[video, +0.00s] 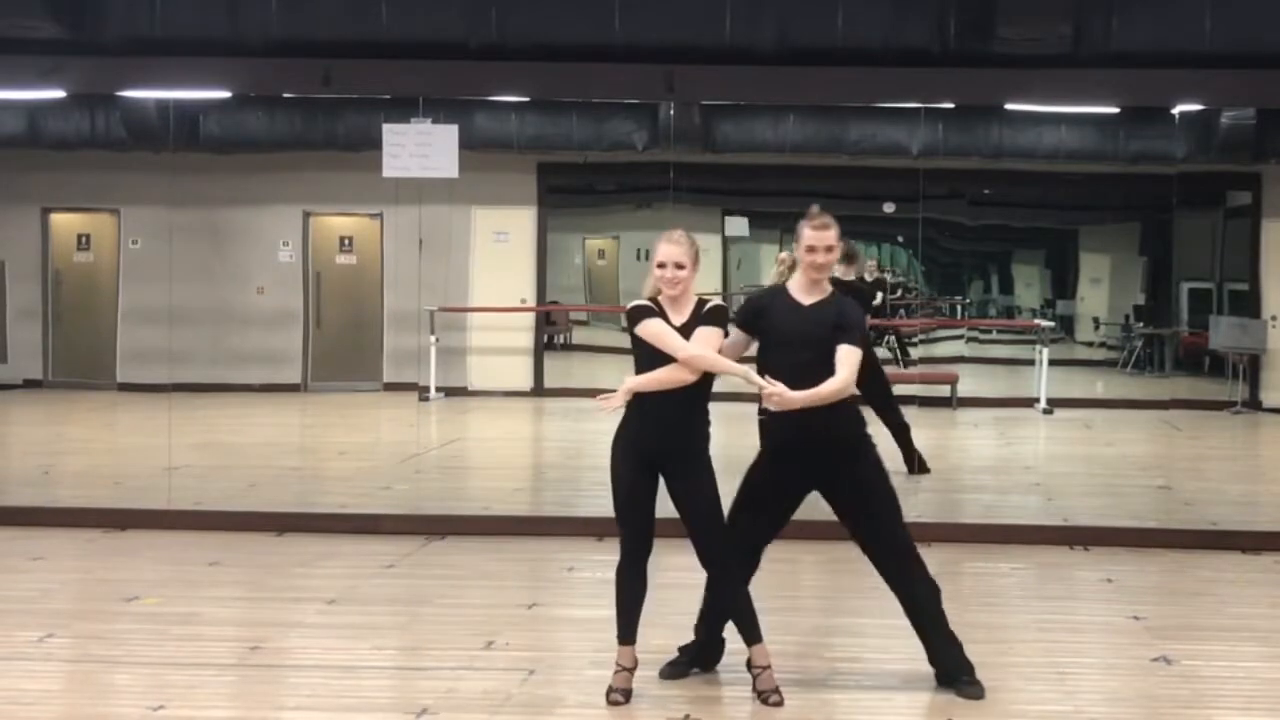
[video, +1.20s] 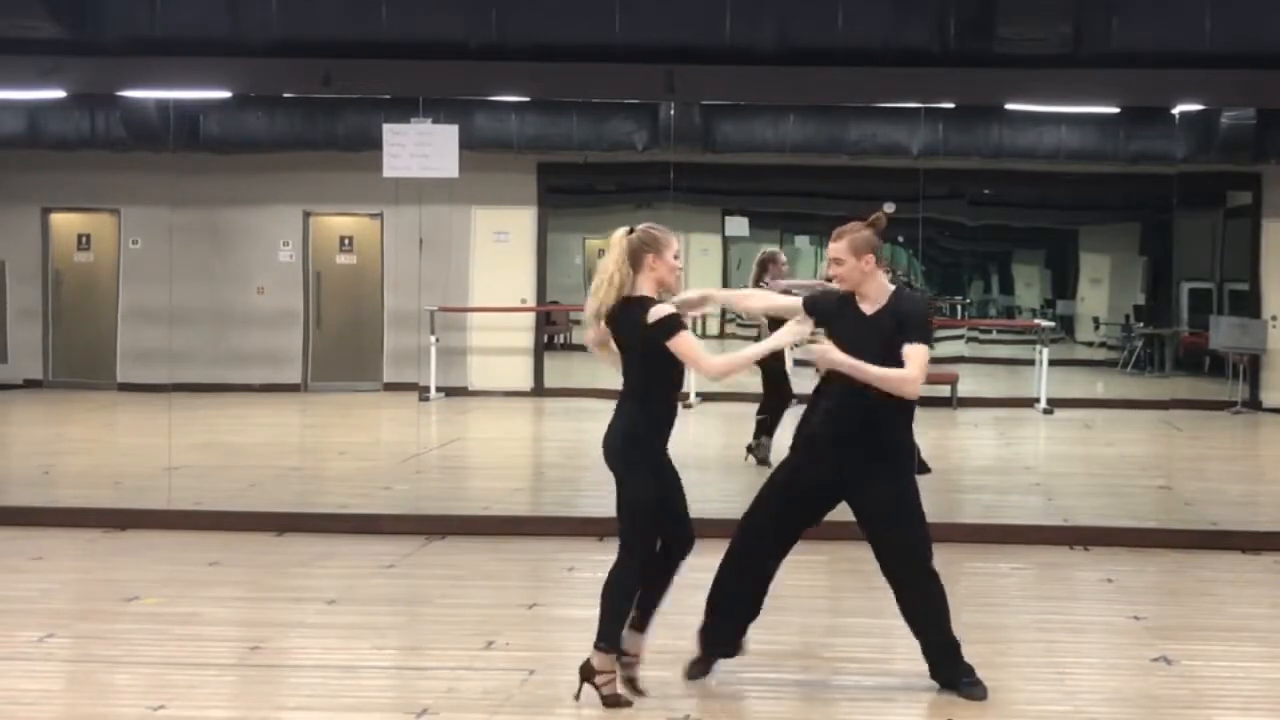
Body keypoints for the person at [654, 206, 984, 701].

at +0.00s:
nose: (820, 257)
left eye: (828, 249)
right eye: (812, 249)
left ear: (838, 252)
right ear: (796, 249)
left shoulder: (847, 310)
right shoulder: (763, 304)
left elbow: (846, 380)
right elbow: (722, 358)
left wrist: (798, 397)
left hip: (843, 449)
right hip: (782, 450)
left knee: (898, 556)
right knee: (735, 548)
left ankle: (952, 666)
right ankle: (705, 647)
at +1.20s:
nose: (829, 271)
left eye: (836, 263)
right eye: (829, 263)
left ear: (869, 262)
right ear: (856, 263)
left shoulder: (911, 308)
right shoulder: (831, 302)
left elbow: (911, 385)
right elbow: (759, 301)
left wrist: (841, 361)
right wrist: (708, 295)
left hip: (882, 464)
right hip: (817, 456)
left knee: (913, 569)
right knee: (755, 539)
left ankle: (950, 668)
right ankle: (715, 642)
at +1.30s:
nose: (820, 263)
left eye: (826, 255)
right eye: (820, 255)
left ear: (855, 256)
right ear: (849, 257)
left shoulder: (894, 310)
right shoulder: (827, 294)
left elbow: (922, 382)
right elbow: (771, 272)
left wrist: (849, 379)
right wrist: (727, 253)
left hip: (875, 461)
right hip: (821, 452)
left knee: (915, 567)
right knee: (749, 539)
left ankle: (962, 666)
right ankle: (774, 645)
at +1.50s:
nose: (785, 257)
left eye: (791, 249)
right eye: (785, 248)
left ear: (819, 252)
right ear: (818, 251)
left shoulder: (845, 313)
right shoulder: (815, 293)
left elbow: (858, 392)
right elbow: (784, 228)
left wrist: (807, 411)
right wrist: (761, 178)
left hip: (856, 455)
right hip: (814, 453)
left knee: (931, 553)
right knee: (759, 559)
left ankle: (1022, 649)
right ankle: (785, 658)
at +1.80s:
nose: (821, 254)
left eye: (831, 246)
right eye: (815, 248)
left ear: (854, 248)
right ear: (810, 252)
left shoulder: (871, 298)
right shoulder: (823, 297)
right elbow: (792, 224)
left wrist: (874, 398)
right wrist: (814, 195)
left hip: (874, 451)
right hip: (821, 451)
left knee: (940, 555)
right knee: (784, 560)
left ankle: (1003, 652)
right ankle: (785, 658)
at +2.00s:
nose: (868, 268)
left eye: (876, 257)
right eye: (859, 259)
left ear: (893, 258)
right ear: (846, 263)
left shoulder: (928, 308)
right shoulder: (844, 306)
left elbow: (968, 350)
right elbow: (804, 244)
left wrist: (949, 395)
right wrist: (807, 173)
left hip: (918, 465)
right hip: (856, 462)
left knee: (964, 578)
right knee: (769, 560)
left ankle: (954, 681)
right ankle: (716, 664)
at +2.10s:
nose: (879, 282)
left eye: (888, 272)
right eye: (870, 274)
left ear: (905, 271)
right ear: (858, 278)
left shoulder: (926, 320)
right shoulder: (865, 323)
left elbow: (934, 380)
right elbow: (829, 265)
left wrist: (935, 421)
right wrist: (792, 189)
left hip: (926, 480)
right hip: (866, 478)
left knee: (981, 584)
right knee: (780, 579)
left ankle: (961, 688)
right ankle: (684, 683)